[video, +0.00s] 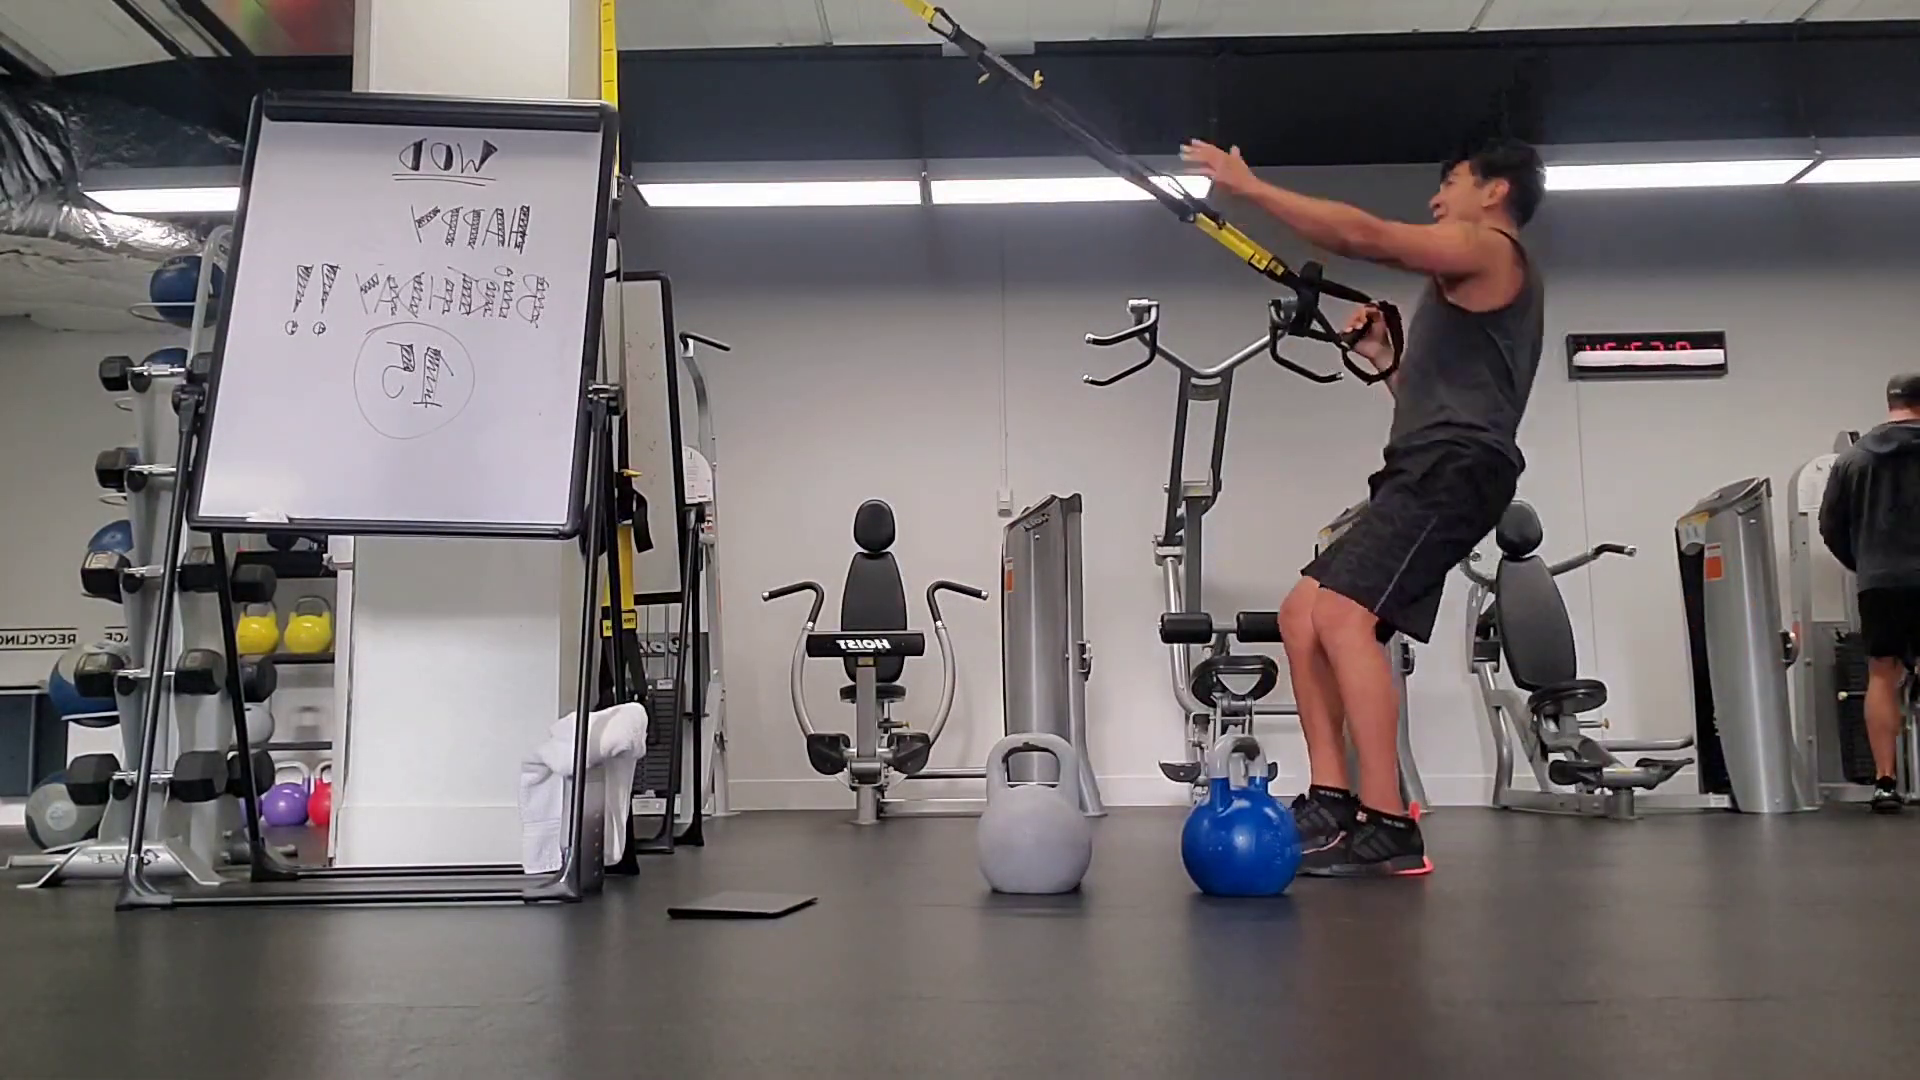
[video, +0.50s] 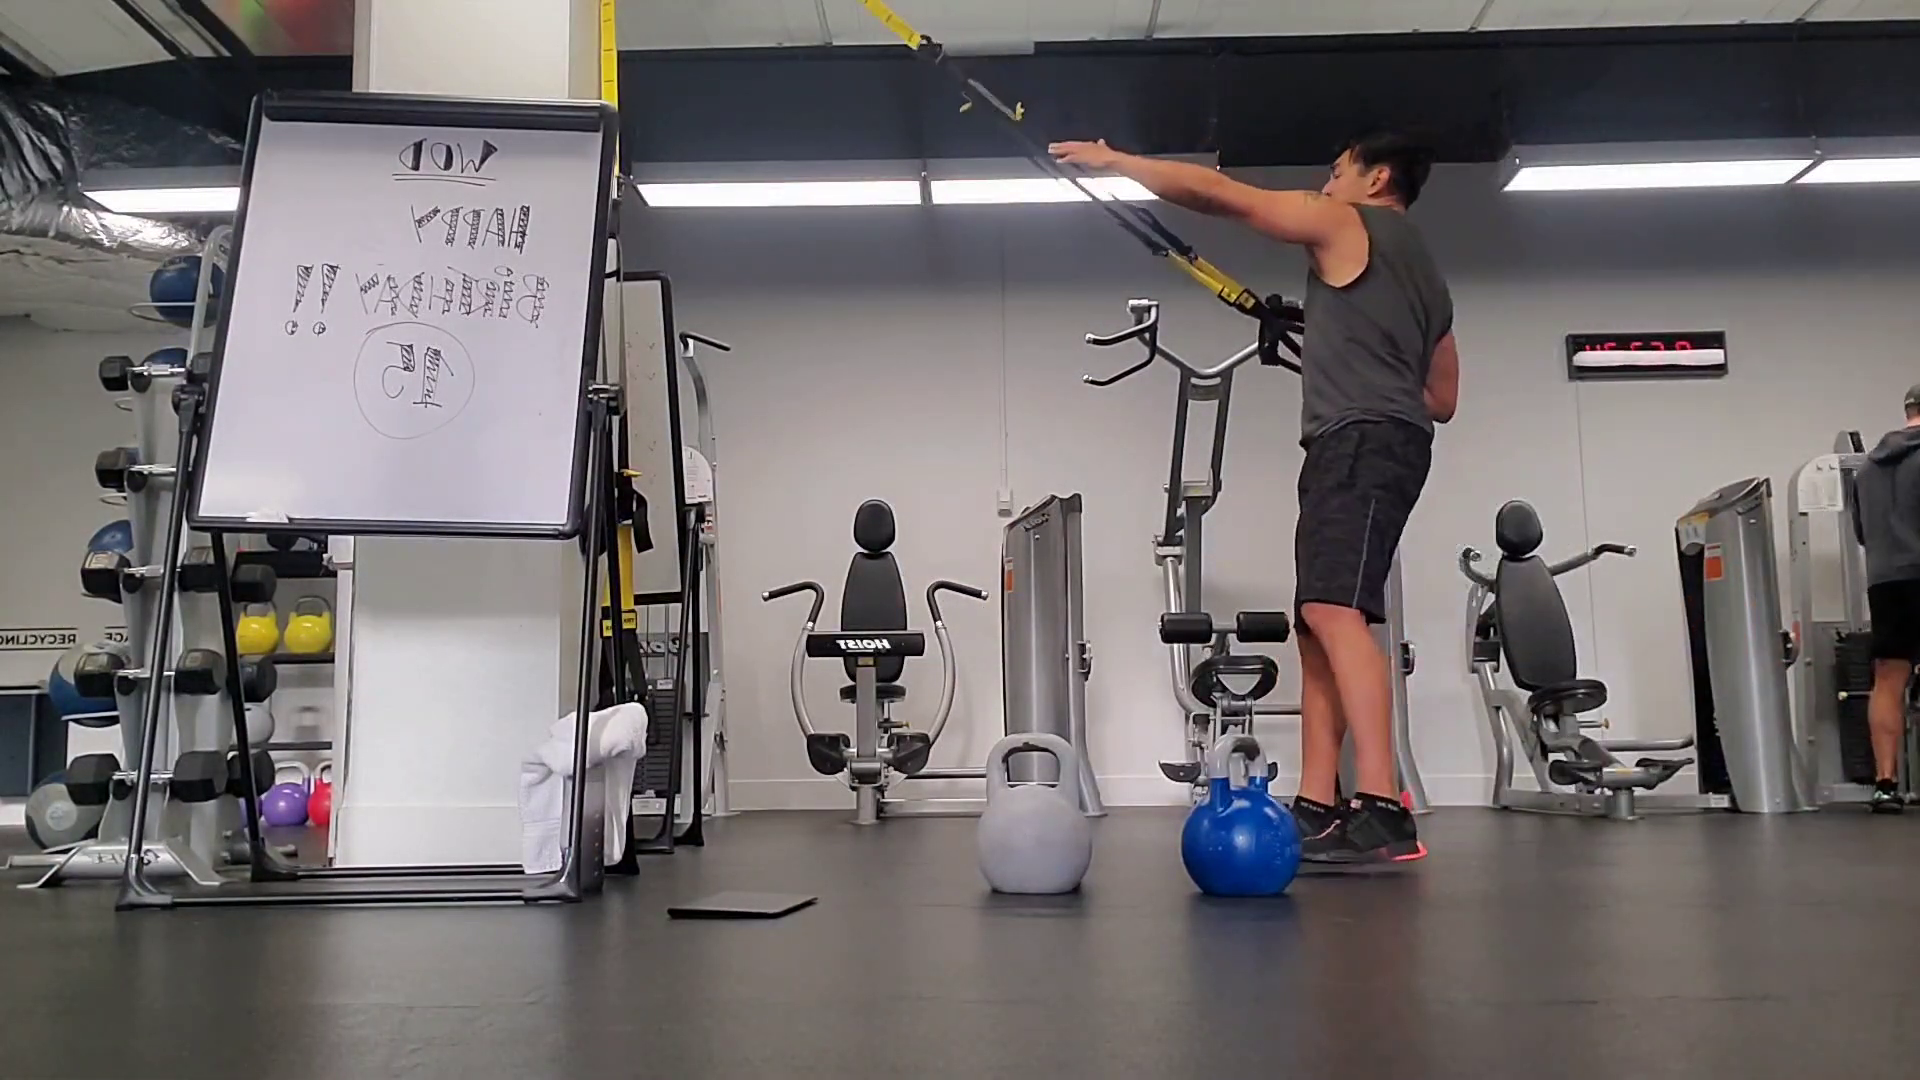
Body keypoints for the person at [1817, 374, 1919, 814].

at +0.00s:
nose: (1910, 412)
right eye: (1914, 404)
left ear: (1888, 405)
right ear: (1919, 405)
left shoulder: (1858, 456)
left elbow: (1831, 528)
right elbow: (1833, 528)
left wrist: (1869, 564)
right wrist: (1870, 567)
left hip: (1883, 585)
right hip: (1916, 581)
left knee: (1882, 674)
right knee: (1895, 675)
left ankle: (1885, 782)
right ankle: (1889, 779)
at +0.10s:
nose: (1919, 415)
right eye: (1919, 408)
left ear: (1885, 408)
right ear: (1915, 408)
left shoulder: (1853, 459)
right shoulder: (1917, 449)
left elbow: (1829, 527)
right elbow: (1832, 527)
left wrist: (1868, 557)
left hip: (1881, 586)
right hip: (1917, 580)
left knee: (1883, 677)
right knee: (1898, 676)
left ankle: (1886, 782)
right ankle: (1889, 780)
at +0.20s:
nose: (1919, 415)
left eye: (1911, 408)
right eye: (1918, 408)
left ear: (1883, 410)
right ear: (1913, 409)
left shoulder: (1852, 463)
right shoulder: (1917, 451)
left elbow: (1835, 532)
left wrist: (1870, 556)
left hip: (1876, 585)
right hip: (1916, 578)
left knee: (1883, 675)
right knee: (1903, 674)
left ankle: (1886, 783)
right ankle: (1909, 781)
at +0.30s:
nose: (1916, 418)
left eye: (1909, 410)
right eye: (1917, 411)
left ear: (1884, 412)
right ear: (1913, 411)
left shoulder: (1854, 463)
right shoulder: (1915, 451)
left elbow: (1843, 533)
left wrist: (1876, 555)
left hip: (1875, 581)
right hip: (1914, 577)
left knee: (1885, 676)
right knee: (1898, 674)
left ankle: (1885, 782)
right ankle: (1895, 780)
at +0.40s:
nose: (1915, 418)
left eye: (1908, 410)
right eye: (1917, 410)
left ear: (1892, 411)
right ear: (1917, 412)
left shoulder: (1861, 463)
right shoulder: (1916, 451)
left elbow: (1851, 530)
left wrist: (1882, 549)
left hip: (1877, 579)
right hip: (1912, 575)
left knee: (1887, 677)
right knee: (1894, 676)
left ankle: (1885, 780)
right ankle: (1890, 779)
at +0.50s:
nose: (1917, 419)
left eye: (1914, 410)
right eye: (1919, 411)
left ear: (1905, 412)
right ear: (1918, 413)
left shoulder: (1871, 465)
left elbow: (1862, 531)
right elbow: (1864, 531)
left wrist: (1891, 549)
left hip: (1887, 581)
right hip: (1912, 577)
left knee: (1889, 678)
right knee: (1892, 678)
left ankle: (1885, 781)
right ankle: (1886, 780)